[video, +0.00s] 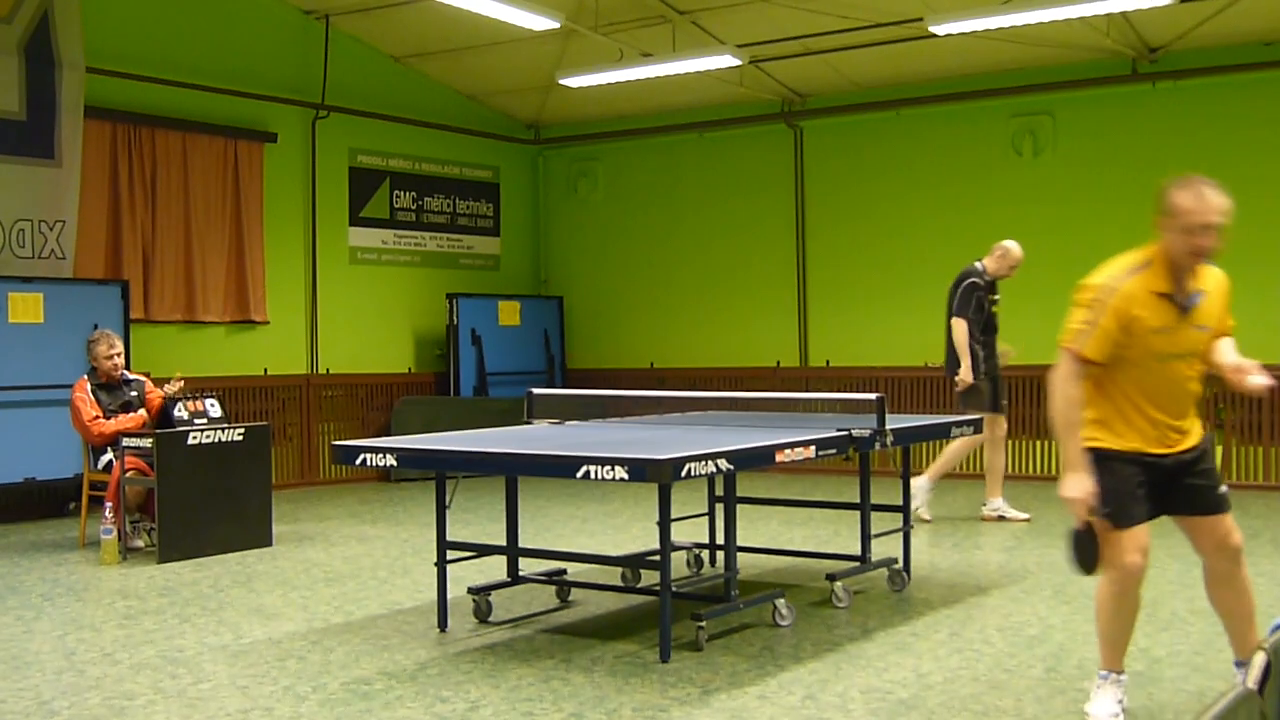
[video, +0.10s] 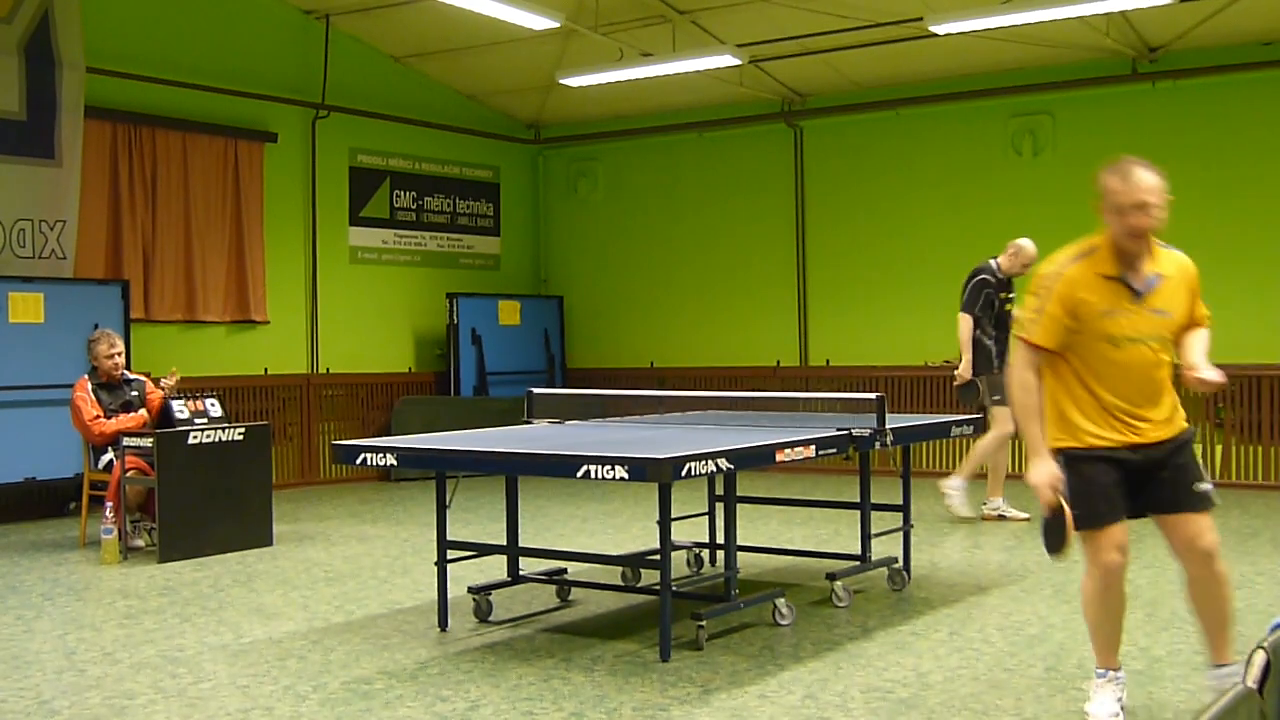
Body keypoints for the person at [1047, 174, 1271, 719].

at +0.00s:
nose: (1204, 242)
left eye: (1214, 230)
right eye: (1192, 230)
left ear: (1223, 230)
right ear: (1162, 226)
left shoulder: (1214, 282)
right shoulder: (1112, 286)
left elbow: (1217, 340)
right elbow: (1065, 372)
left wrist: (1236, 366)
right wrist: (1073, 465)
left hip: (1183, 440)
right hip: (1114, 446)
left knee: (1225, 545)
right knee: (1127, 561)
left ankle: (1251, 666)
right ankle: (1109, 681)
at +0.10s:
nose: (1144, 220)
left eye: (1152, 208)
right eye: (1131, 209)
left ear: (1165, 208)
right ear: (1104, 210)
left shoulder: (1179, 270)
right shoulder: (1061, 274)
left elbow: (1194, 324)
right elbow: (1021, 359)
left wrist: (1194, 361)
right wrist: (1037, 452)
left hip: (1162, 434)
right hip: (1085, 442)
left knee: (1203, 548)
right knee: (1108, 558)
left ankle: (1224, 670)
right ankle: (1107, 677)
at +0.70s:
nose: (888, 189)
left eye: (899, 175)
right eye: (878, 179)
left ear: (934, 175)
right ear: (872, 185)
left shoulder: (976, 243)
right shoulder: (885, 251)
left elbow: (1024, 318)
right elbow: (877, 334)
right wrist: (858, 409)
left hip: (967, 431)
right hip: (905, 429)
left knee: (949, 565)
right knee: (890, 551)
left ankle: (990, 709)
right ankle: (992, 652)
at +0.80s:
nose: (853, 187)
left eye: (864, 173)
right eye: (843, 177)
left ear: (900, 170)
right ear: (839, 182)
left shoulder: (937, 233)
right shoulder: (864, 245)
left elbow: (964, 313)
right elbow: (863, 336)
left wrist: (857, 302)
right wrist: (835, 411)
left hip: (938, 426)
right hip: (880, 424)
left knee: (940, 564)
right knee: (849, 545)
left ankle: (989, 707)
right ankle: (907, 680)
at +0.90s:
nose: (791, 206)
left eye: (799, 189)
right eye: (783, 195)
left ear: (836, 177)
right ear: (785, 195)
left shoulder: (879, 236)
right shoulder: (818, 250)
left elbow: (862, 312)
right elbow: (838, 353)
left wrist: (798, 270)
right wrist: (807, 414)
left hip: (895, 429)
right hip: (838, 431)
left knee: (925, 565)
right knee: (810, 559)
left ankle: (983, 704)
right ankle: (766, 690)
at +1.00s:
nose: (745, 220)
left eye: (750, 205)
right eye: (739, 210)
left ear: (788, 191)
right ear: (755, 205)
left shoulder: (835, 246)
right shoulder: (789, 257)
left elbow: (795, 321)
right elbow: (819, 366)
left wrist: (745, 270)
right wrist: (784, 427)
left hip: (857, 442)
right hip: (805, 443)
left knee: (897, 569)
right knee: (767, 566)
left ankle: (978, 702)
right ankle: (730, 700)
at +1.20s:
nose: (648, 231)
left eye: (649, 216)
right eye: (643, 219)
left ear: (679, 198)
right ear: (678, 202)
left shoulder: (729, 243)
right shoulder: (709, 248)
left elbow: (712, 342)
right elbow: (719, 348)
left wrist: (655, 414)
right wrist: (687, 437)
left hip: (740, 437)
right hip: (717, 436)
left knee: (707, 564)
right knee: (698, 563)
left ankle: (849, 660)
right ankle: (717, 700)